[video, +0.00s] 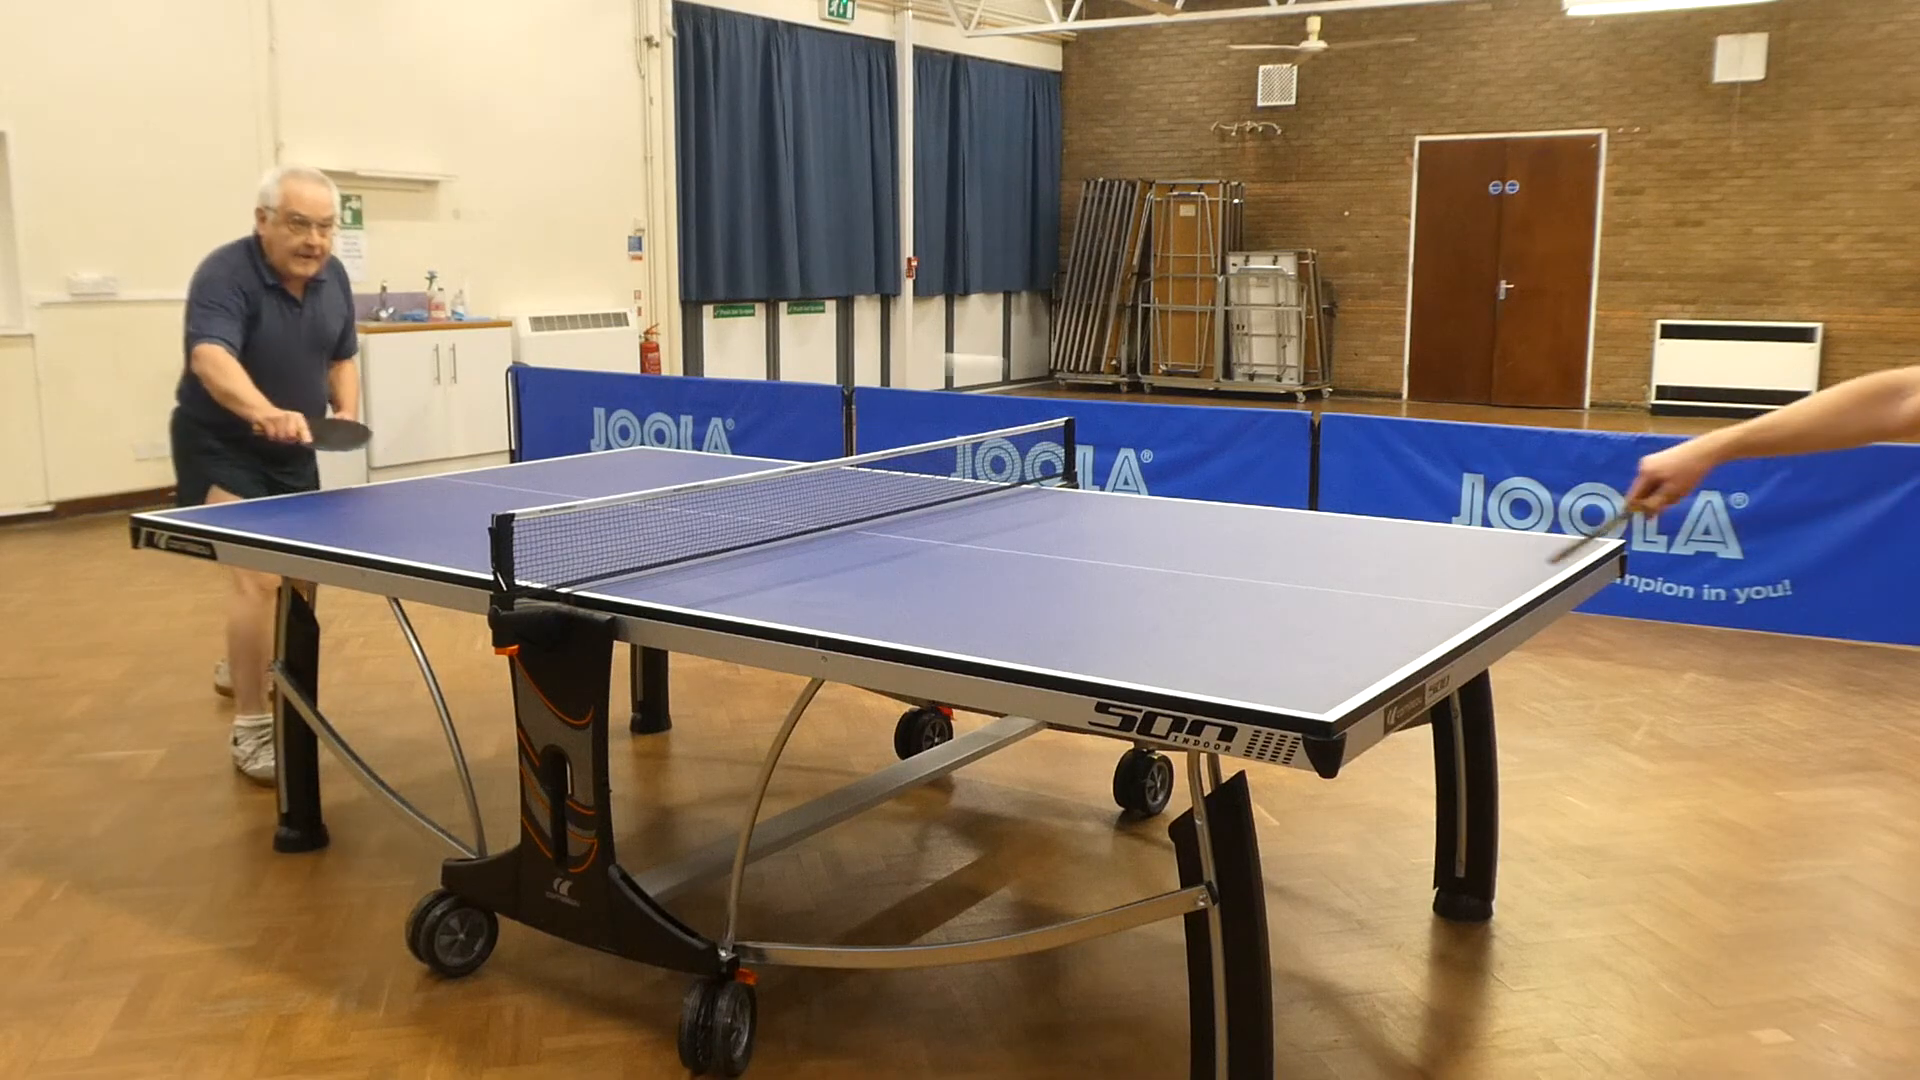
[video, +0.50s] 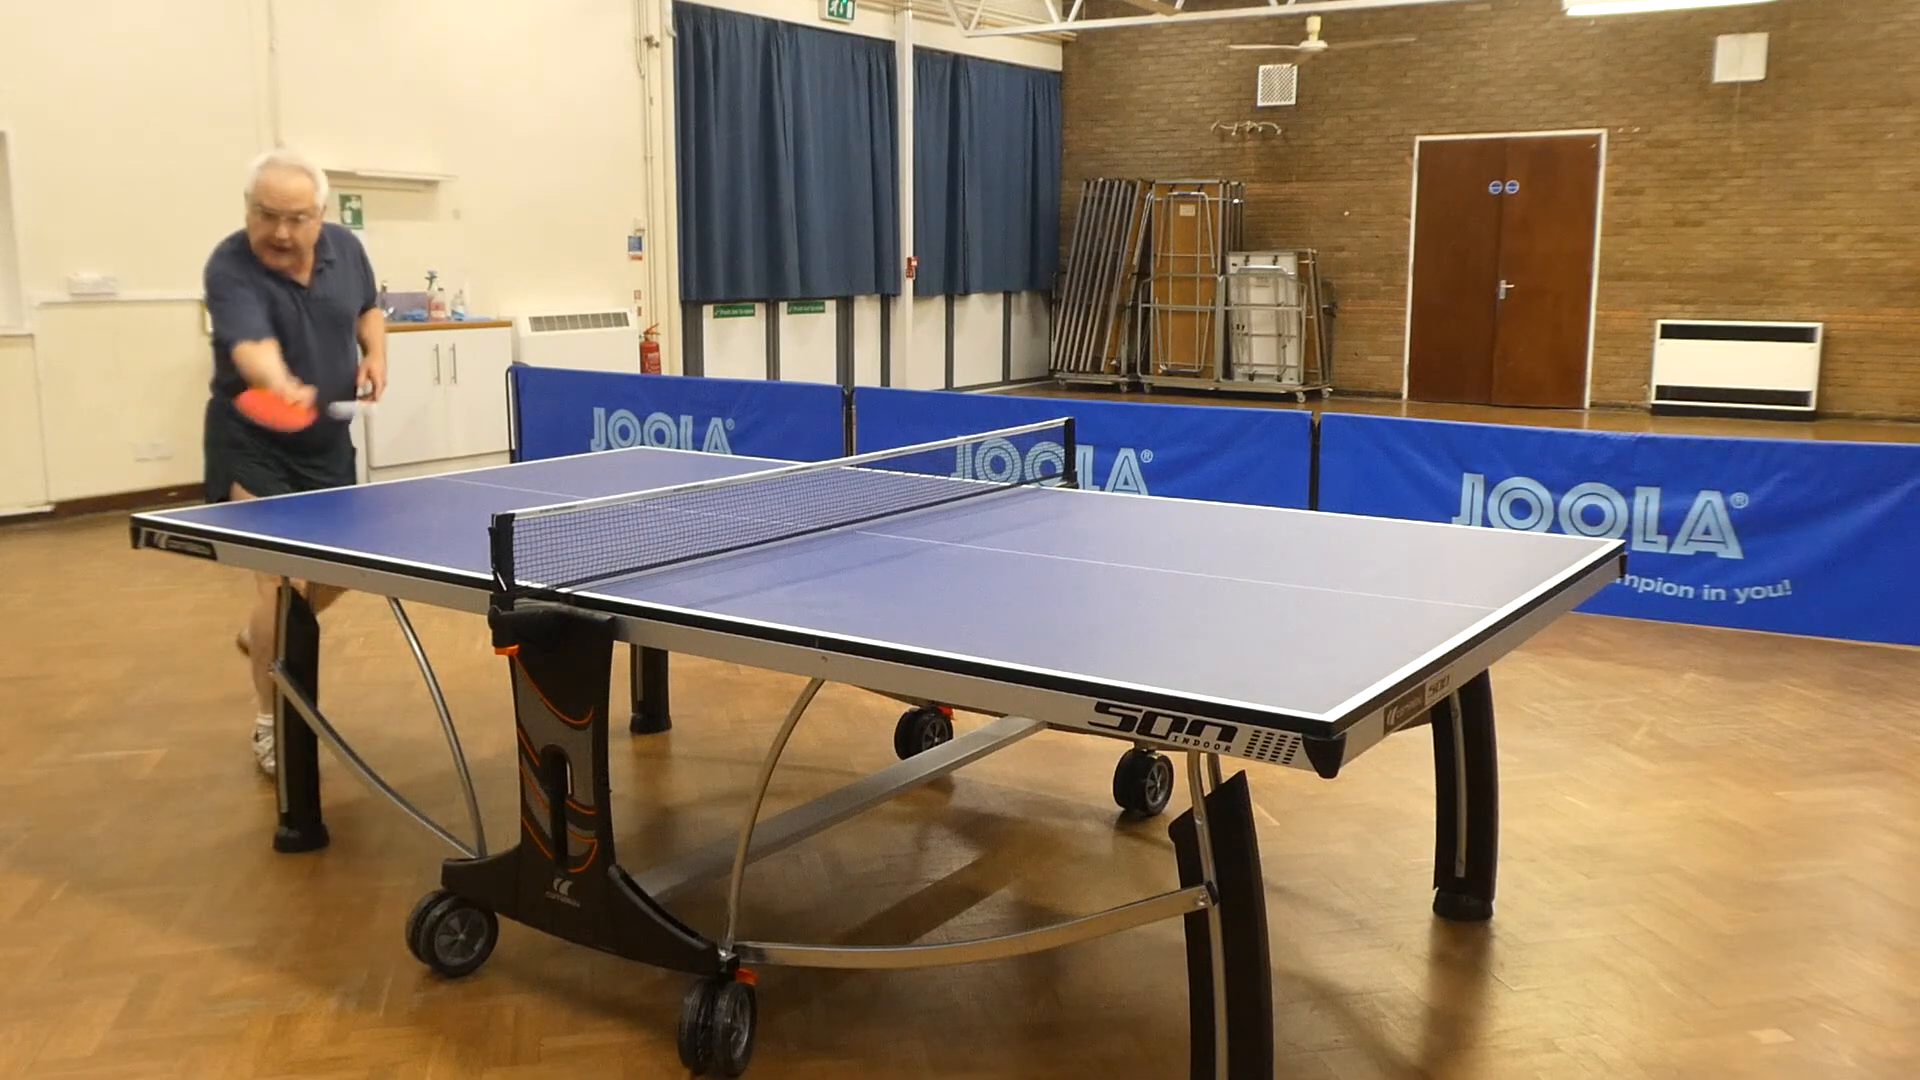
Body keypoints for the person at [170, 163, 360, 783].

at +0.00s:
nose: (315, 239)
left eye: (326, 226)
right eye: (299, 224)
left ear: (335, 225)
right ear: (263, 220)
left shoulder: (331, 278)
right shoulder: (227, 272)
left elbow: (342, 357)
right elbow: (209, 357)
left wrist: (346, 411)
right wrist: (265, 410)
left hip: (294, 445)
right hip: (221, 441)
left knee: (297, 573)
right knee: (258, 579)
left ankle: (239, 667)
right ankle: (254, 725)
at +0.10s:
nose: (312, 238)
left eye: (324, 224)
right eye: (296, 222)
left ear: (336, 223)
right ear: (264, 218)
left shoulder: (335, 273)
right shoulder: (227, 269)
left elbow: (344, 352)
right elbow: (187, 354)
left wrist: (357, 409)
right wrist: (223, 409)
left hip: (304, 452)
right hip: (236, 453)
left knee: (304, 573)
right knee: (259, 578)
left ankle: (242, 662)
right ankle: (264, 721)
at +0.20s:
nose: (307, 244)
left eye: (320, 230)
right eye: (292, 229)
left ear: (334, 226)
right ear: (262, 222)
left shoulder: (344, 276)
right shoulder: (222, 275)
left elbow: (353, 347)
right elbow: (173, 359)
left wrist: (366, 414)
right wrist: (173, 420)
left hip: (310, 458)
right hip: (238, 459)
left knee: (306, 577)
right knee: (264, 580)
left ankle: (245, 660)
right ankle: (270, 719)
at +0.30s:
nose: (295, 250)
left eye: (309, 236)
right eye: (280, 233)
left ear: (327, 229)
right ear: (255, 221)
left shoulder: (345, 271)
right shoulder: (218, 276)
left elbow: (361, 341)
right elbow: (185, 361)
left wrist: (370, 407)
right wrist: (183, 417)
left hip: (315, 459)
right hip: (243, 458)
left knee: (297, 579)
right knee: (274, 581)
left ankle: (243, 659)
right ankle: (271, 718)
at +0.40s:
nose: (282, 242)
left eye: (297, 229)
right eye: (269, 226)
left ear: (320, 225)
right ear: (250, 217)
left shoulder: (346, 260)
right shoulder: (223, 271)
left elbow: (365, 319)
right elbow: (209, 359)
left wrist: (371, 380)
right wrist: (231, 399)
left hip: (321, 450)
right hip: (254, 449)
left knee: (301, 572)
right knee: (274, 578)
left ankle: (250, 651)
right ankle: (270, 716)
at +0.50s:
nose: (283, 233)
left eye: (298, 218)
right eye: (268, 216)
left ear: (320, 213)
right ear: (248, 210)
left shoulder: (345, 249)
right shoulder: (232, 265)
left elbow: (368, 307)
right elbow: (251, 346)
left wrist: (375, 355)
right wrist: (283, 382)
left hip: (326, 433)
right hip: (253, 436)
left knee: (345, 561)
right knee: (278, 574)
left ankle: (269, 632)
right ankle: (270, 717)